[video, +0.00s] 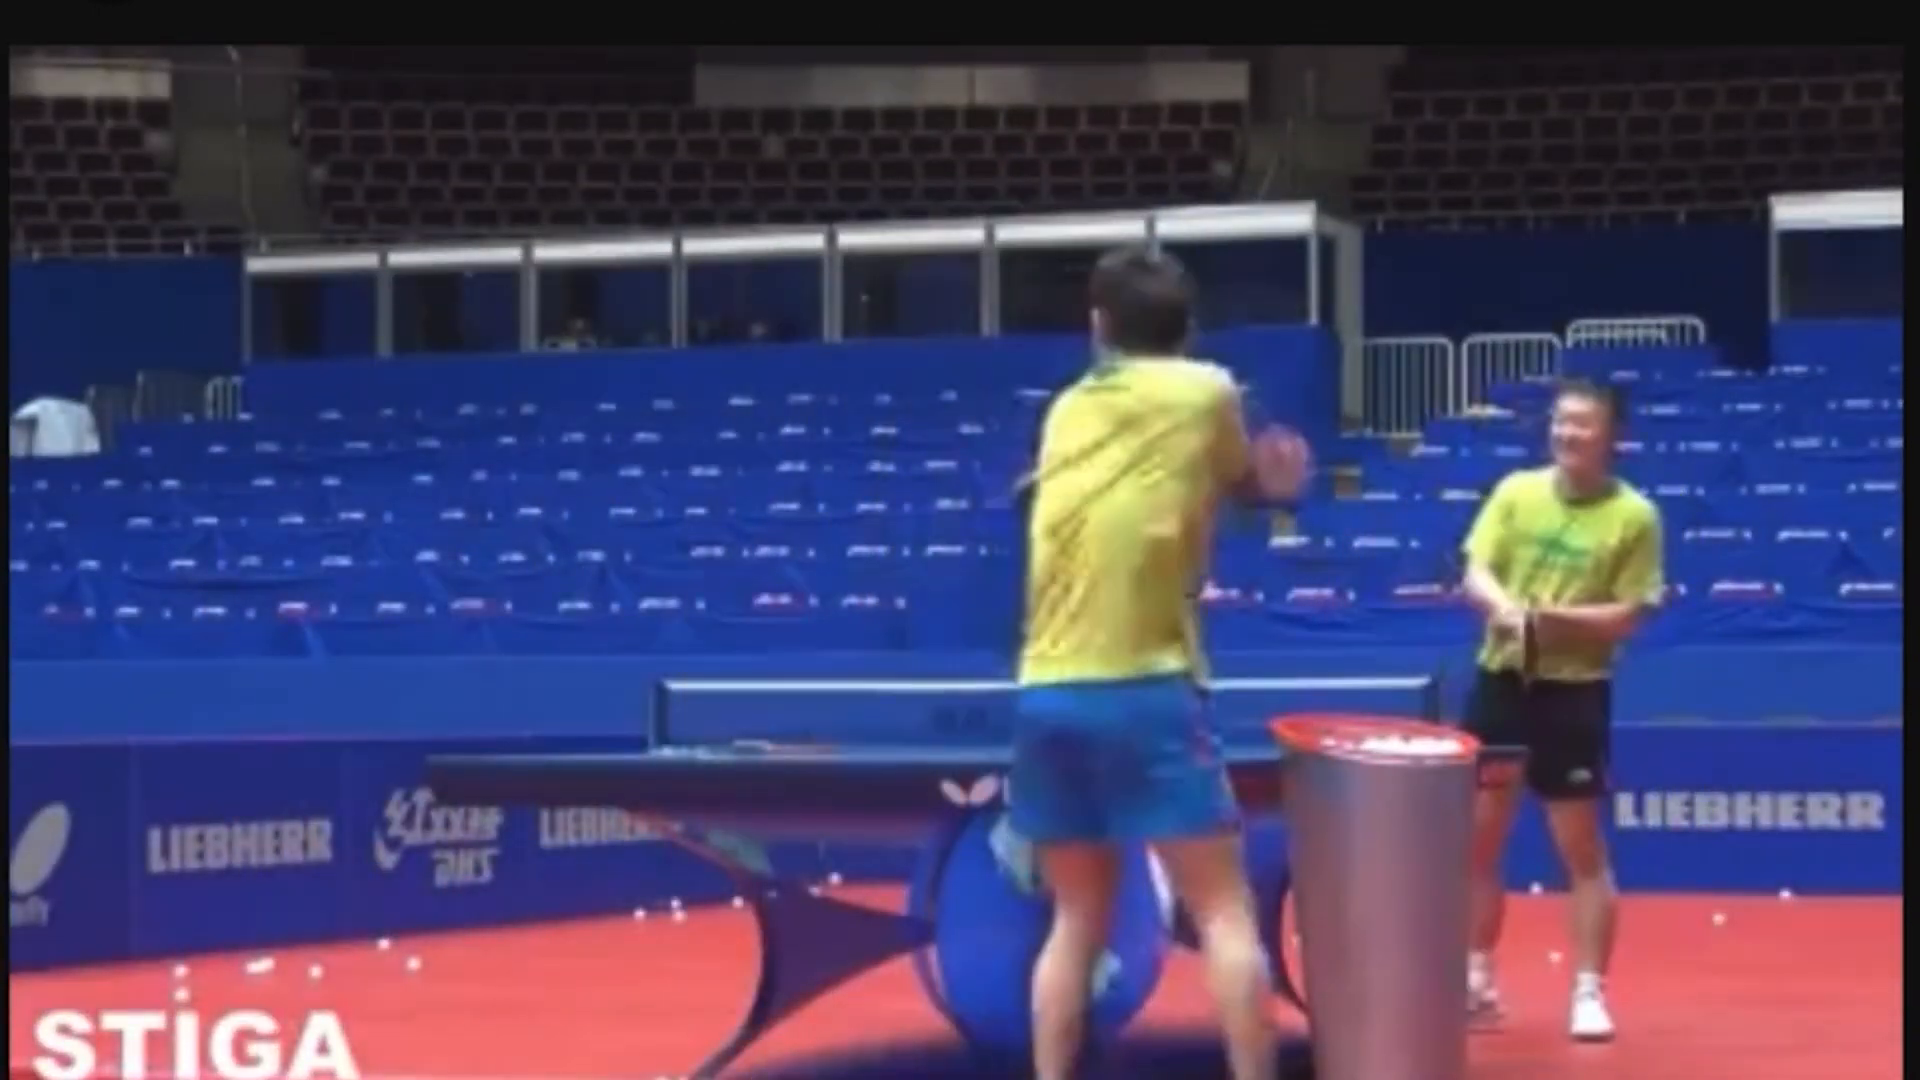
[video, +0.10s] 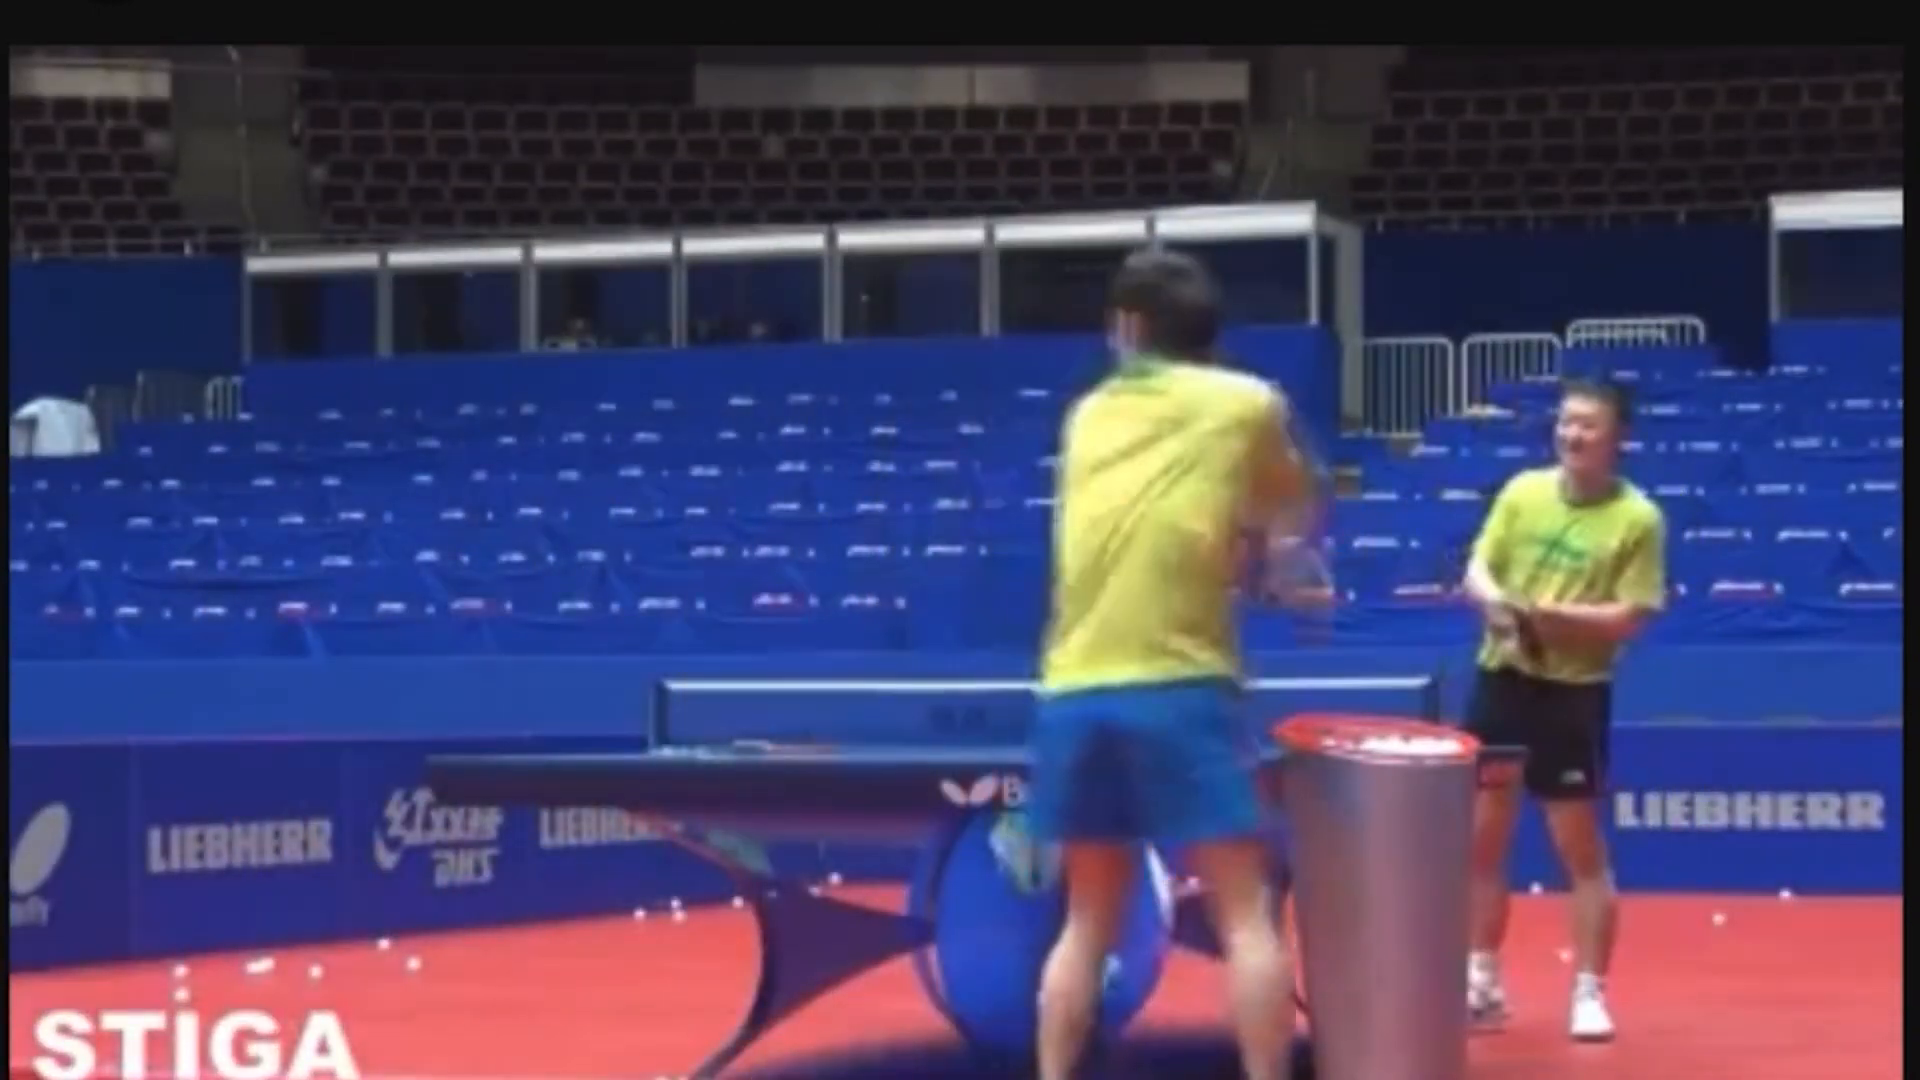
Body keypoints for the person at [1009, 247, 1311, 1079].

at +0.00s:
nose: (1090, 324)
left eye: (1091, 314)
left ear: (1100, 324)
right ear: (1184, 326)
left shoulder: (1065, 411)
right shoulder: (1209, 392)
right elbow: (1239, 483)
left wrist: (1256, 478)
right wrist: (1275, 474)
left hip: (1047, 698)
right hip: (1150, 695)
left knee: (1074, 915)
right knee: (1221, 912)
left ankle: (1051, 1072)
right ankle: (1253, 1069)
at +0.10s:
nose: (1112, 333)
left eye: (1114, 323)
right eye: (1115, 324)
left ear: (1127, 326)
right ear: (1209, 328)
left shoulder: (1088, 415)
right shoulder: (1246, 403)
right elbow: (1291, 510)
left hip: (1073, 701)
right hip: (1182, 697)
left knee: (1086, 919)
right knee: (1243, 915)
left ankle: (1052, 1072)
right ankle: (1268, 1070)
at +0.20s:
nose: (1142, 341)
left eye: (1144, 329)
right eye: (1143, 330)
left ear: (1165, 329)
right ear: (1243, 335)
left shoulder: (1115, 421)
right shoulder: (1289, 414)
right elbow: (1365, 551)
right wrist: (1292, 548)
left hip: (1110, 701)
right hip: (1229, 700)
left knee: (1093, 913)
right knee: (1267, 919)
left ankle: (1057, 1071)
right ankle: (1275, 1074)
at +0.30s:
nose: (1168, 345)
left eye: (1175, 330)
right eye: (1170, 331)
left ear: (1200, 332)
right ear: (1266, 338)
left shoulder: (1144, 422)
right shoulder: (1325, 420)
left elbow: (1148, 545)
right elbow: (1385, 553)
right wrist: (1363, 616)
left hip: (1135, 681)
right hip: (1257, 686)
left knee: (1106, 907)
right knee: (1279, 921)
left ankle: (1083, 1070)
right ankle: (1278, 1072)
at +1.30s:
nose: (1135, 347)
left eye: (1146, 329)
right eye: (1136, 329)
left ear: (1189, 325)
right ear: (1222, 331)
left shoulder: (1135, 423)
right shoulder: (1327, 414)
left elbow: (1119, 569)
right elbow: (1398, 530)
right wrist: (1375, 626)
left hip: (1161, 685)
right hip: (1287, 689)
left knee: (1101, 909)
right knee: (1283, 918)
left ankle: (1078, 1071)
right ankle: (1280, 1073)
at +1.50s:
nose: (1052, 338)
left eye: (1063, 319)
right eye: (1053, 320)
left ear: (1108, 317)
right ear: (1133, 322)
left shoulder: (1058, 417)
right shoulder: (1239, 409)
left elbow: (1011, 561)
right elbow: (1322, 528)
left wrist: (1060, 631)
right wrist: (1261, 592)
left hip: (1100, 695)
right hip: (1226, 694)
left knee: (1064, 909)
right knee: (1245, 900)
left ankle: (1080, 1070)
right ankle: (1271, 1070)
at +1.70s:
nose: (966, 328)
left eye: (979, 309)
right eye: (967, 309)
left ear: (1028, 311)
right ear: (1043, 316)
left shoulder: (986, 408)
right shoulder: (1140, 407)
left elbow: (944, 537)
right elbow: (1226, 525)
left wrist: (934, 636)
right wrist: (1156, 601)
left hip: (1027, 699)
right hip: (1133, 695)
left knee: (1032, 926)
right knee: (1129, 893)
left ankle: (1073, 1070)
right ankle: (1195, 1060)